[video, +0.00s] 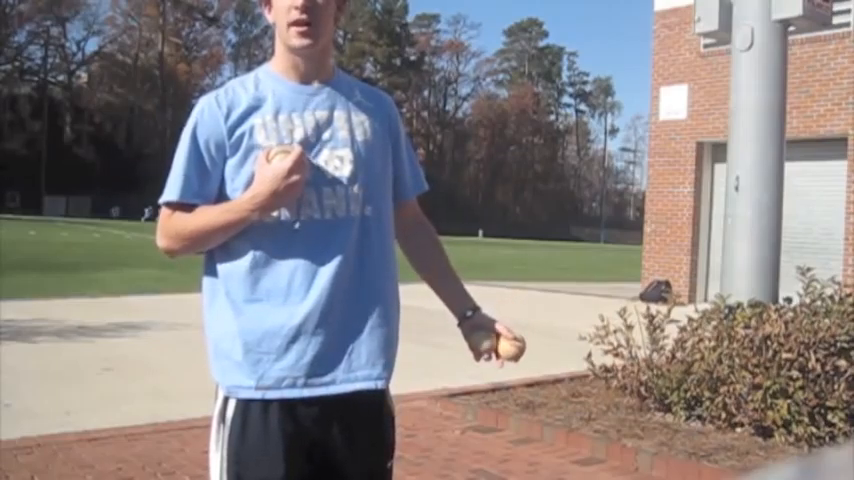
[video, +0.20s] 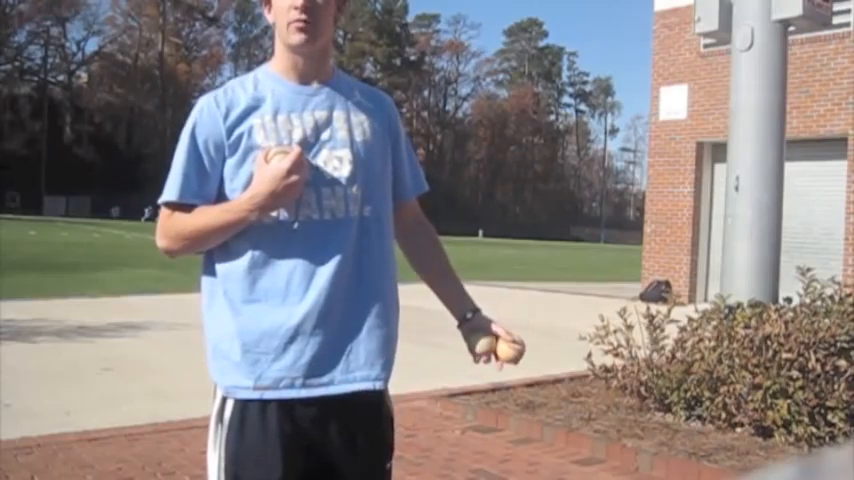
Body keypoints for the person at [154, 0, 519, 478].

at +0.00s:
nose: (305, 9)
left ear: (341, 10)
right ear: (269, 10)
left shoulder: (377, 110)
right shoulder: (220, 111)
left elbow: (410, 222)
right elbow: (171, 235)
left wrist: (470, 315)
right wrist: (256, 200)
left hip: (359, 382)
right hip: (259, 386)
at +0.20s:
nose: (302, 9)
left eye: (316, 2)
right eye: (290, 1)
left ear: (339, 12)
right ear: (269, 12)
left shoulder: (377, 110)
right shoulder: (219, 111)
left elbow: (411, 223)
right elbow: (170, 235)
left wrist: (471, 318)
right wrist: (256, 200)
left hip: (358, 384)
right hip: (257, 387)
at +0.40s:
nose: (304, 8)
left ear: (339, 10)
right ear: (268, 8)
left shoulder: (376, 111)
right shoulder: (218, 111)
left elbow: (410, 224)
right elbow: (170, 236)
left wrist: (468, 318)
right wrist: (255, 201)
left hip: (357, 385)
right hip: (256, 389)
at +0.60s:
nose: (304, 8)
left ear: (338, 10)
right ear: (267, 9)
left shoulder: (375, 110)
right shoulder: (218, 112)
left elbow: (408, 223)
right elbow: (169, 237)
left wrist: (468, 317)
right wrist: (255, 202)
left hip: (357, 384)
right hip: (256, 389)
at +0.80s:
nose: (305, 8)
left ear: (338, 10)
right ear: (268, 9)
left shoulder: (375, 110)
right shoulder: (217, 112)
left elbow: (407, 225)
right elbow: (170, 238)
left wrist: (464, 318)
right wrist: (256, 202)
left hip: (358, 386)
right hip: (258, 392)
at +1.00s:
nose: (305, 8)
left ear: (338, 10)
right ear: (268, 9)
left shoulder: (373, 109)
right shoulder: (216, 112)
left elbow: (405, 225)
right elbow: (169, 238)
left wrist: (463, 318)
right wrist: (258, 203)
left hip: (359, 386)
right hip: (260, 392)